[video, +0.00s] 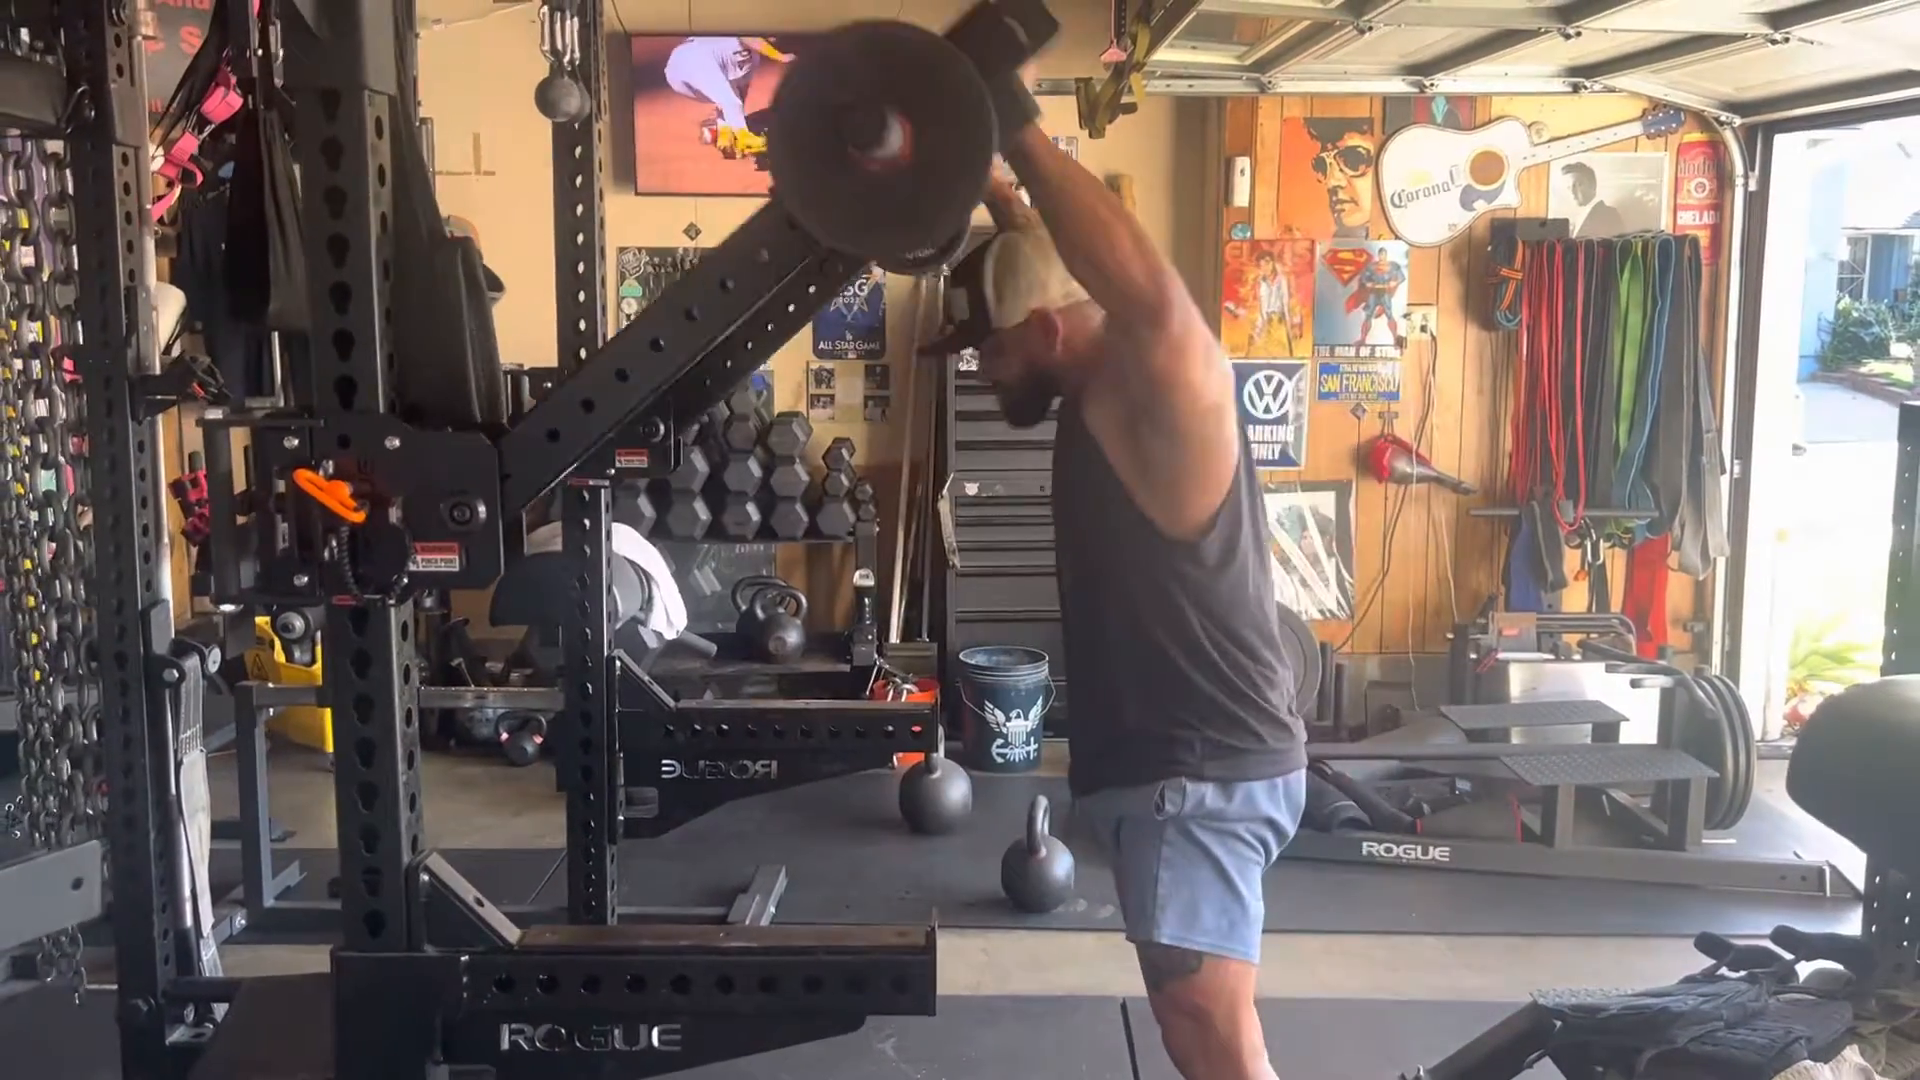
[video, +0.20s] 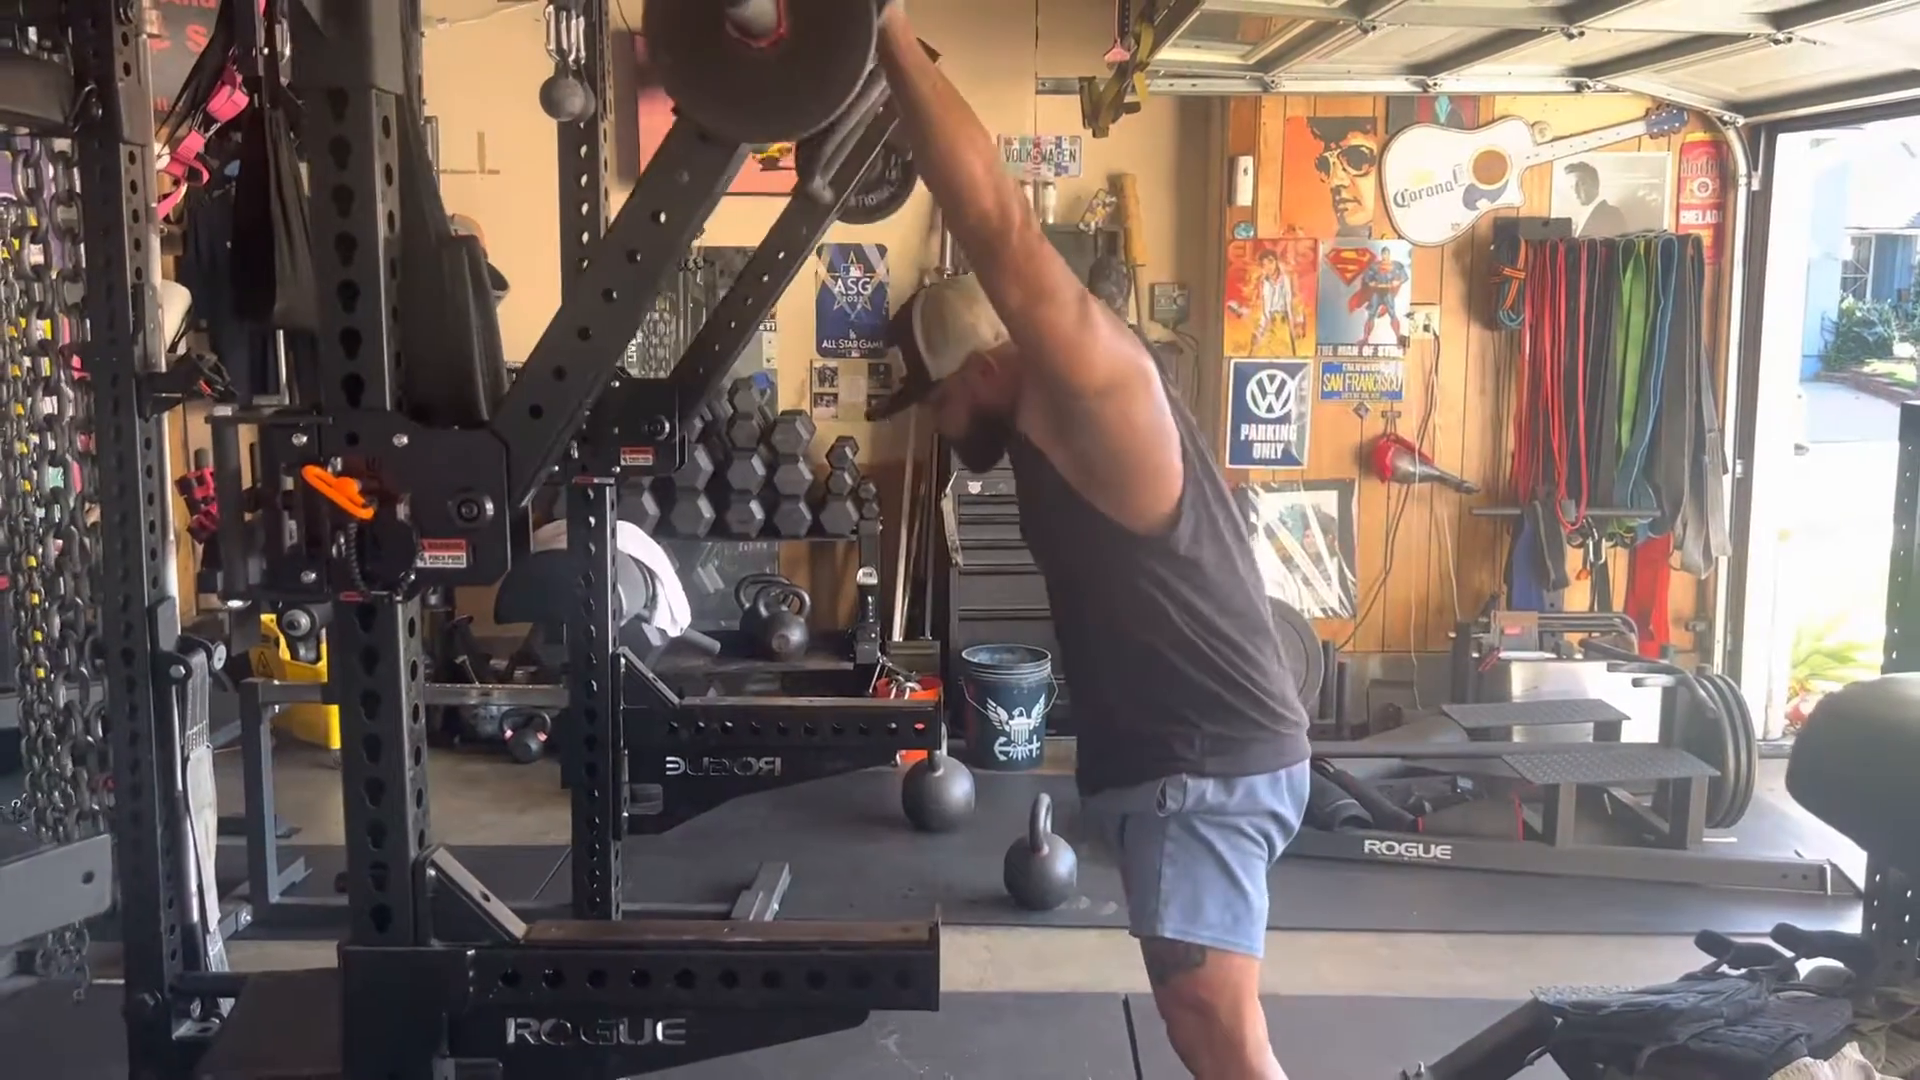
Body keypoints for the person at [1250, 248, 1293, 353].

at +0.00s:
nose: (1264, 268)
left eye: (1267, 264)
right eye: (1261, 265)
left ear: (1272, 263)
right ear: (1259, 267)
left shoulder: (1282, 280)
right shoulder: (1260, 282)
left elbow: (1286, 302)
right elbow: (1260, 306)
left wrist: (1289, 326)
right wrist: (1257, 330)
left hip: (1280, 317)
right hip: (1266, 317)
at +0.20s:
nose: (1268, 268)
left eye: (1270, 263)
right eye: (1264, 265)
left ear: (1276, 262)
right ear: (1261, 267)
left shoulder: (1286, 279)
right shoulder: (1263, 282)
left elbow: (1292, 300)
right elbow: (1261, 304)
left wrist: (1297, 323)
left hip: (1284, 315)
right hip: (1269, 316)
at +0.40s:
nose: (1273, 265)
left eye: (1276, 260)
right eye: (1269, 262)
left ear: (1281, 259)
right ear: (1267, 264)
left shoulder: (1292, 276)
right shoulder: (1266, 278)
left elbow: (1299, 296)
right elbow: (1259, 300)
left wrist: (1304, 318)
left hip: (1290, 314)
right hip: (1273, 314)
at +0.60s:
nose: (1280, 259)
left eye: (1283, 254)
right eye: (1276, 256)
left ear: (1288, 253)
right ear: (1274, 258)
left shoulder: (1299, 270)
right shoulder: (1275, 273)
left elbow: (1308, 291)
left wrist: (1311, 313)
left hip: (1297, 309)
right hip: (1281, 310)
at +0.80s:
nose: (1291, 251)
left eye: (1293, 246)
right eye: (1287, 248)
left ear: (1299, 245)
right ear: (1285, 250)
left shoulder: (1309, 261)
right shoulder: (1286, 264)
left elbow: (1313, 282)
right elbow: (1286, 284)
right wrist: (1287, 304)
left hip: (1306, 298)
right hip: (1293, 299)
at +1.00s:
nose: (1304, 240)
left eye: (1306, 235)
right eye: (1300, 237)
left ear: (1312, 235)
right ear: (1298, 239)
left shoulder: (1322, 250)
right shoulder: (1299, 253)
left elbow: (1325, 269)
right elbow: (1300, 271)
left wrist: (1326, 286)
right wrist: (1301, 286)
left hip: (1319, 287)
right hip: (1305, 287)